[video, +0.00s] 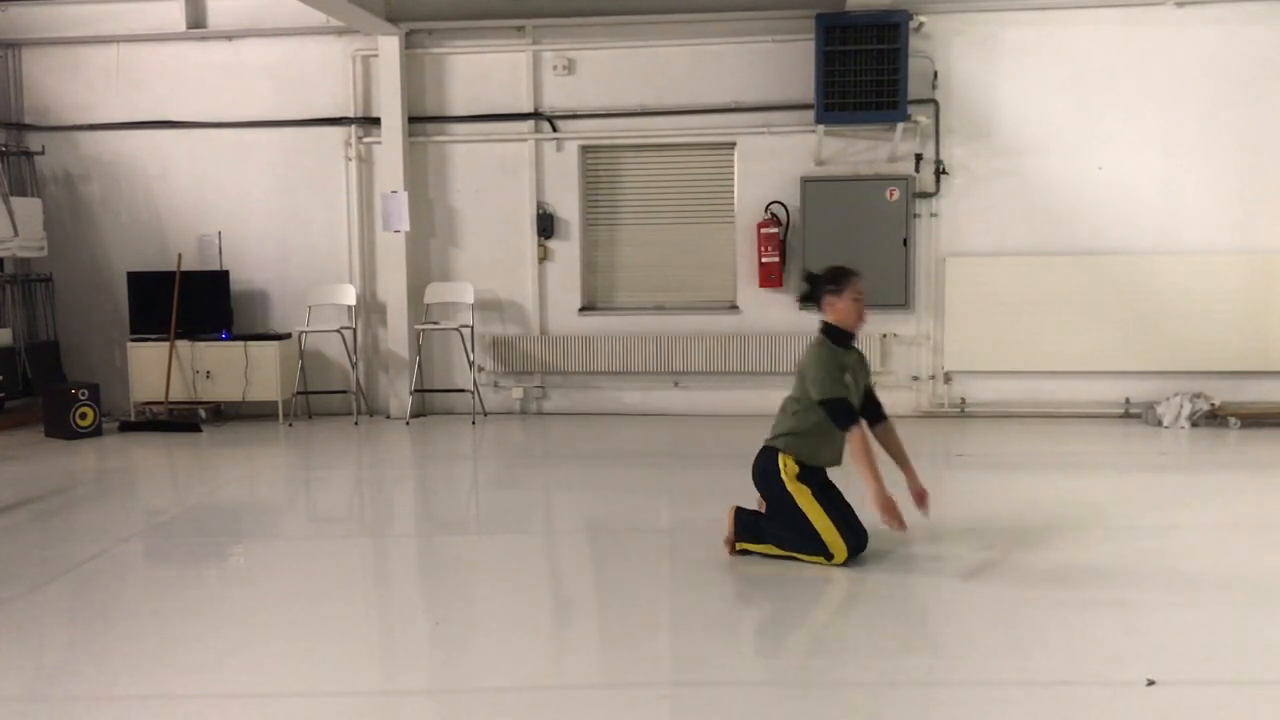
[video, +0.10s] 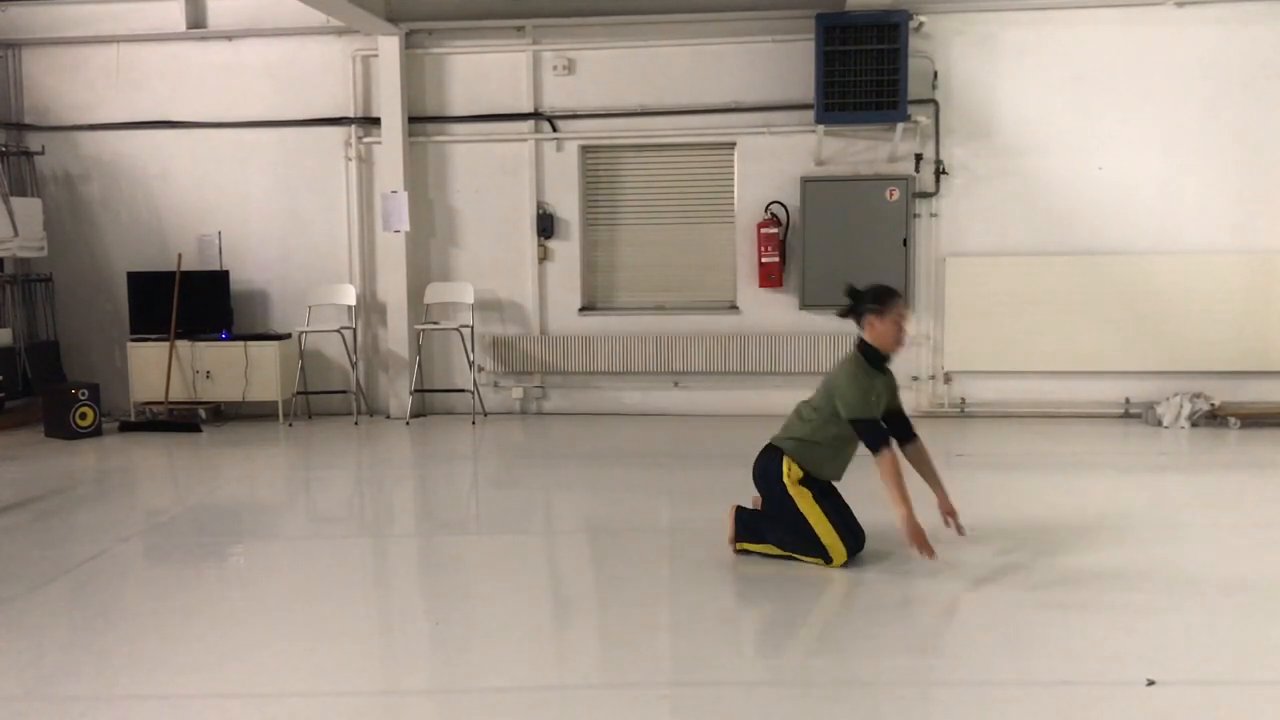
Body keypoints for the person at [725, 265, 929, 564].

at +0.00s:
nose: (864, 307)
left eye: (863, 299)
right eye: (856, 298)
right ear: (829, 304)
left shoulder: (854, 359)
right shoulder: (821, 357)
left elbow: (878, 421)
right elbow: (852, 429)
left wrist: (911, 476)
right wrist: (879, 494)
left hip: (808, 468)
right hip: (781, 468)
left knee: (854, 541)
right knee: (839, 550)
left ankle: (775, 513)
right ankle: (745, 528)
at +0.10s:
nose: (903, 330)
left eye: (904, 321)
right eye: (896, 321)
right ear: (870, 323)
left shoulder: (883, 379)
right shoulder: (852, 377)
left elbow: (908, 439)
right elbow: (882, 451)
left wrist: (941, 495)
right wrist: (908, 518)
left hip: (809, 471)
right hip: (783, 468)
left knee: (851, 539)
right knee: (837, 551)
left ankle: (771, 510)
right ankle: (746, 528)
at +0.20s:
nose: (945, 363)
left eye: (945, 354)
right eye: (939, 354)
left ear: (915, 353)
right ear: (911, 352)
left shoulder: (908, 399)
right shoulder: (886, 400)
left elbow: (936, 460)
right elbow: (907, 481)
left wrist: (970, 516)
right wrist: (929, 553)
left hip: (808, 469)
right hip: (787, 468)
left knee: (841, 545)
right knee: (836, 553)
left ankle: (757, 514)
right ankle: (750, 524)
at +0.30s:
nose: (985, 403)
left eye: (989, 394)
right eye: (980, 392)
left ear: (958, 388)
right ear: (953, 386)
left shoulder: (936, 422)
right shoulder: (917, 426)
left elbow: (960, 482)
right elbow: (909, 511)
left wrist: (996, 539)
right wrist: (933, 588)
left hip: (811, 458)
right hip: (799, 460)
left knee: (835, 542)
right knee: (836, 552)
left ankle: (736, 504)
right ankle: (744, 525)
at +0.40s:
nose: (1023, 449)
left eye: (1028, 441)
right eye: (1022, 439)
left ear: (1002, 425)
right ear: (997, 426)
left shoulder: (966, 439)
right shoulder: (945, 448)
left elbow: (971, 501)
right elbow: (901, 523)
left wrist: (1002, 560)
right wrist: (928, 593)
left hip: (826, 439)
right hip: (822, 462)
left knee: (772, 495)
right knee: (834, 552)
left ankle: (694, 455)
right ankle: (747, 525)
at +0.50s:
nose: (1046, 494)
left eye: (1052, 487)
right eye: (1047, 484)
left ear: (1028, 461)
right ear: (1028, 468)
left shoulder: (988, 457)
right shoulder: (966, 472)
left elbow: (976, 506)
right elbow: (901, 526)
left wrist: (1000, 560)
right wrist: (930, 594)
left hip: (850, 428)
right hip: (843, 462)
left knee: (764, 418)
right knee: (821, 547)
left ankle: (685, 369)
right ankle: (739, 525)